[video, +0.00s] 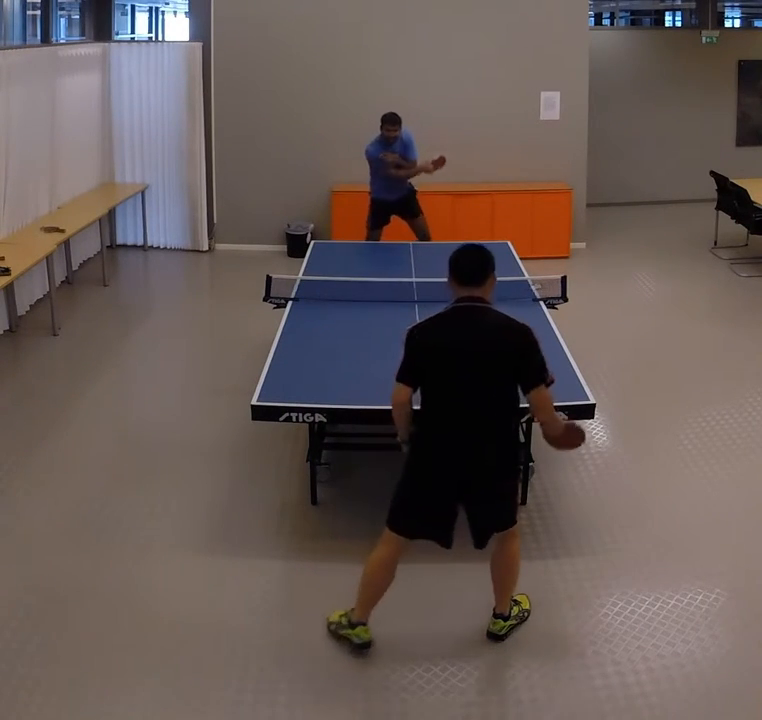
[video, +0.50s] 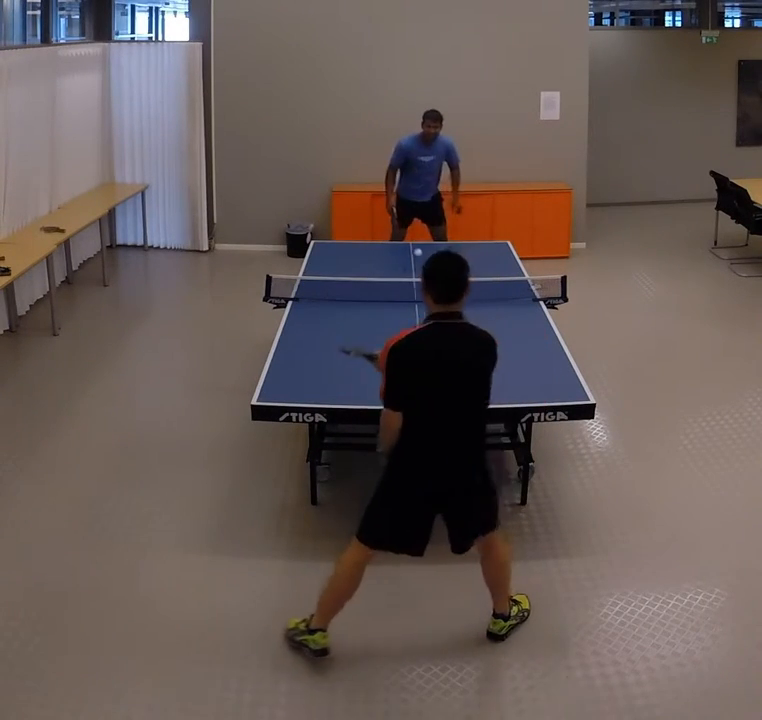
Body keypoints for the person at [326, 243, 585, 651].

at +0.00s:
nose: (490, 283)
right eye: (494, 277)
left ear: (450, 282)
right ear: (493, 281)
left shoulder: (424, 332)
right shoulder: (515, 334)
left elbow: (400, 399)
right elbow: (544, 409)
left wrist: (407, 438)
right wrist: (558, 431)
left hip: (434, 454)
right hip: (492, 458)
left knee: (393, 539)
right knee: (505, 532)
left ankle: (357, 620)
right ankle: (502, 613)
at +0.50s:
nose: (425, 290)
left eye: (424, 284)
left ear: (424, 290)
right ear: (466, 290)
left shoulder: (403, 349)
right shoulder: (485, 344)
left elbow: (392, 423)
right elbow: (454, 381)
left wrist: (388, 455)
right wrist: (393, 364)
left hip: (413, 465)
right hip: (465, 463)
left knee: (361, 549)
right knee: (488, 535)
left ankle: (317, 627)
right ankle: (503, 612)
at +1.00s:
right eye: (421, 299)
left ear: (380, 304)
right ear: (425, 305)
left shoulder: (350, 360)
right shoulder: (446, 367)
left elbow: (333, 431)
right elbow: (471, 436)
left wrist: (339, 465)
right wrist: (444, 427)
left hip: (354, 487)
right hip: (414, 491)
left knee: (313, 558)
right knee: (440, 556)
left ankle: (272, 640)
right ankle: (440, 640)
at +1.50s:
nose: (426, 308)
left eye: (424, 302)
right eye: (425, 302)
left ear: (379, 303)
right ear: (420, 307)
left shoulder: (343, 350)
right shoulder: (427, 370)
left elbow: (306, 407)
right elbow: (456, 428)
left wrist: (326, 433)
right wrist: (471, 407)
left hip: (334, 480)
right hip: (390, 487)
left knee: (295, 549)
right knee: (424, 555)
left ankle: (252, 621)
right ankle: (443, 638)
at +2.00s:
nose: (293, 341)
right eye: (291, 337)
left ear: (252, 355)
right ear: (292, 342)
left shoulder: (256, 414)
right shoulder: (318, 366)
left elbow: (279, 469)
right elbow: (276, 385)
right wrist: (223, 397)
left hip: (314, 498)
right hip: (367, 482)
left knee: (277, 560)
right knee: (416, 555)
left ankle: (246, 629)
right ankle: (448, 639)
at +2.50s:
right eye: (373, 307)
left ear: (331, 313)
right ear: (375, 313)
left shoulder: (304, 372)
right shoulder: (400, 374)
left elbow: (280, 443)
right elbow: (424, 444)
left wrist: (306, 460)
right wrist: (388, 426)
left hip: (318, 495)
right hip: (380, 499)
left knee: (287, 557)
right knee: (435, 575)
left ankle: (255, 634)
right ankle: (463, 662)